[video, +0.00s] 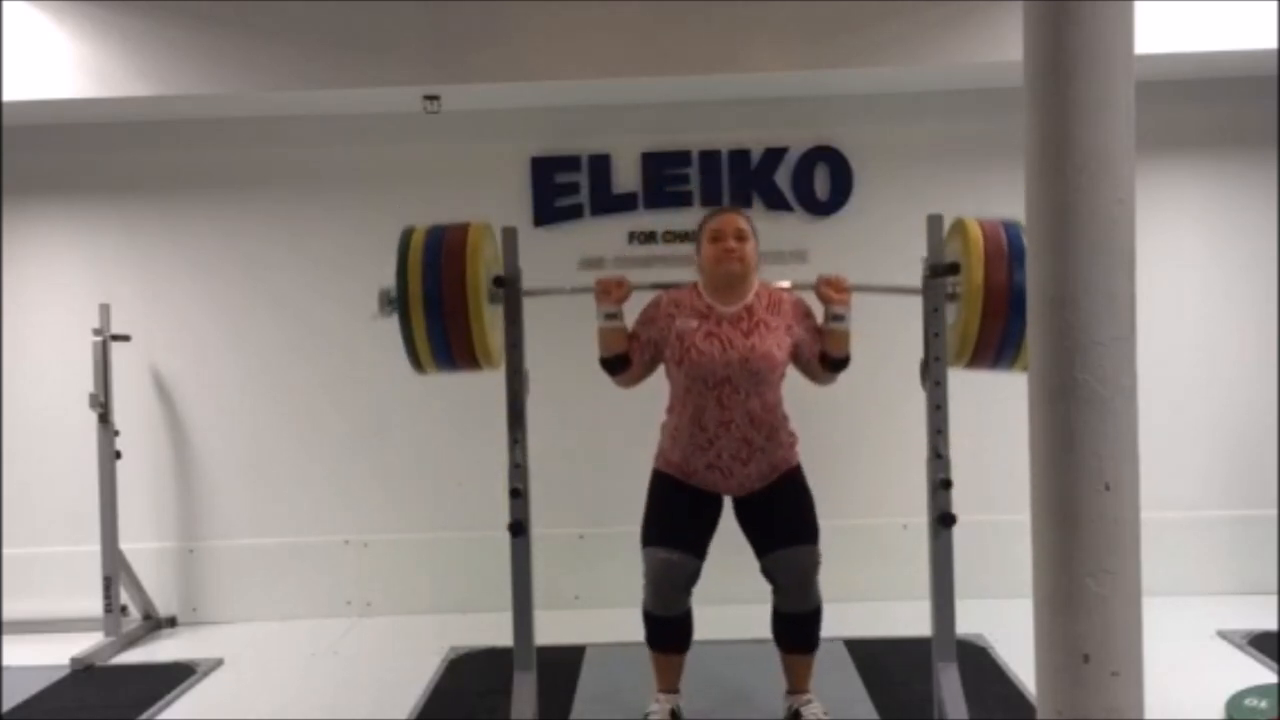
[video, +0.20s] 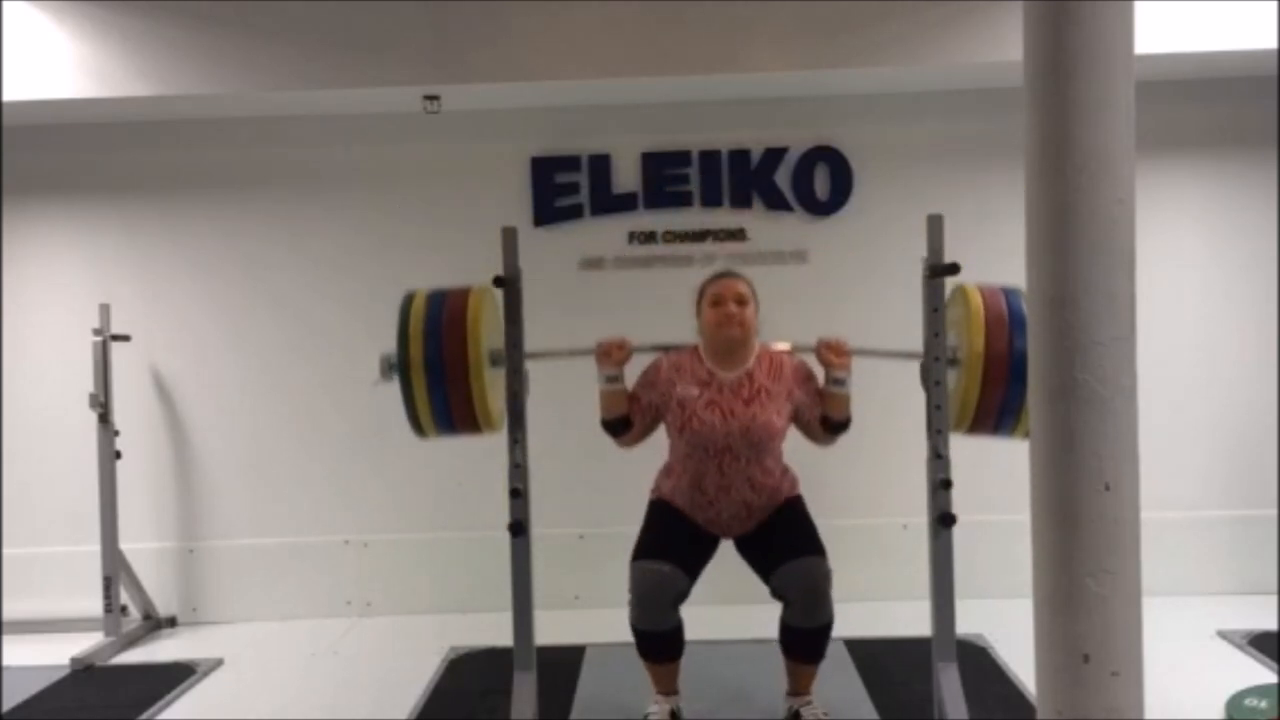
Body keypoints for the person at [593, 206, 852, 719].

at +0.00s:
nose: (728, 245)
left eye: (739, 237)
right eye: (716, 238)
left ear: (756, 252)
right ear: (698, 254)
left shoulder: (784, 307)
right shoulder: (671, 309)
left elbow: (825, 370)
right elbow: (625, 373)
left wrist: (837, 315)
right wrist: (610, 313)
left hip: (768, 464)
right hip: (686, 466)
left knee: (798, 577)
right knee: (665, 581)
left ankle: (801, 698)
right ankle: (665, 701)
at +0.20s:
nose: (729, 309)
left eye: (740, 301)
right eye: (717, 302)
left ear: (756, 316)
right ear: (699, 319)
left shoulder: (784, 370)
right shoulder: (671, 371)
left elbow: (826, 432)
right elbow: (625, 432)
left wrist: (838, 378)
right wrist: (611, 375)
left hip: (766, 500)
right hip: (685, 501)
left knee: (809, 586)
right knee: (651, 590)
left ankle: (801, 701)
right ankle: (665, 703)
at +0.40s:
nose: (731, 371)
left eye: (742, 363)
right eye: (718, 363)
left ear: (757, 376)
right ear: (700, 377)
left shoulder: (786, 428)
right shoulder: (671, 428)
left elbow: (829, 491)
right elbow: (627, 491)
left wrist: (840, 435)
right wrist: (612, 435)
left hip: (770, 553)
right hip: (686, 554)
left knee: (818, 603)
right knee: (644, 608)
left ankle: (801, 703)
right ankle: (666, 705)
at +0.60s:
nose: (733, 412)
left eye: (744, 403)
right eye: (720, 404)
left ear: (758, 414)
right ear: (701, 416)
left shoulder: (788, 466)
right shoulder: (672, 466)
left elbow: (831, 529)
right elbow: (629, 528)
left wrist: (841, 472)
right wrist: (614, 472)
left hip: (771, 596)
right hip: (690, 597)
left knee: (824, 622)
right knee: (640, 624)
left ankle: (800, 703)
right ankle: (666, 705)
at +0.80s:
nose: (733, 413)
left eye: (744, 404)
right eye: (720, 404)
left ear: (759, 414)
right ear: (701, 414)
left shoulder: (787, 463)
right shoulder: (670, 464)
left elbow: (827, 522)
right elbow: (629, 524)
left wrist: (841, 469)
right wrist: (613, 469)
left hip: (770, 590)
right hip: (688, 592)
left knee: (823, 619)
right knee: (639, 625)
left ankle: (800, 703)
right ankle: (666, 704)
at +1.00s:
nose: (730, 372)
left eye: (741, 364)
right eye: (717, 364)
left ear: (756, 378)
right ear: (698, 379)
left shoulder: (785, 426)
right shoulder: (669, 427)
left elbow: (829, 484)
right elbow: (626, 488)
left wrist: (840, 433)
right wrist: (609, 435)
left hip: (770, 546)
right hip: (687, 548)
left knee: (813, 602)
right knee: (650, 608)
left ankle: (799, 702)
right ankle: (666, 703)